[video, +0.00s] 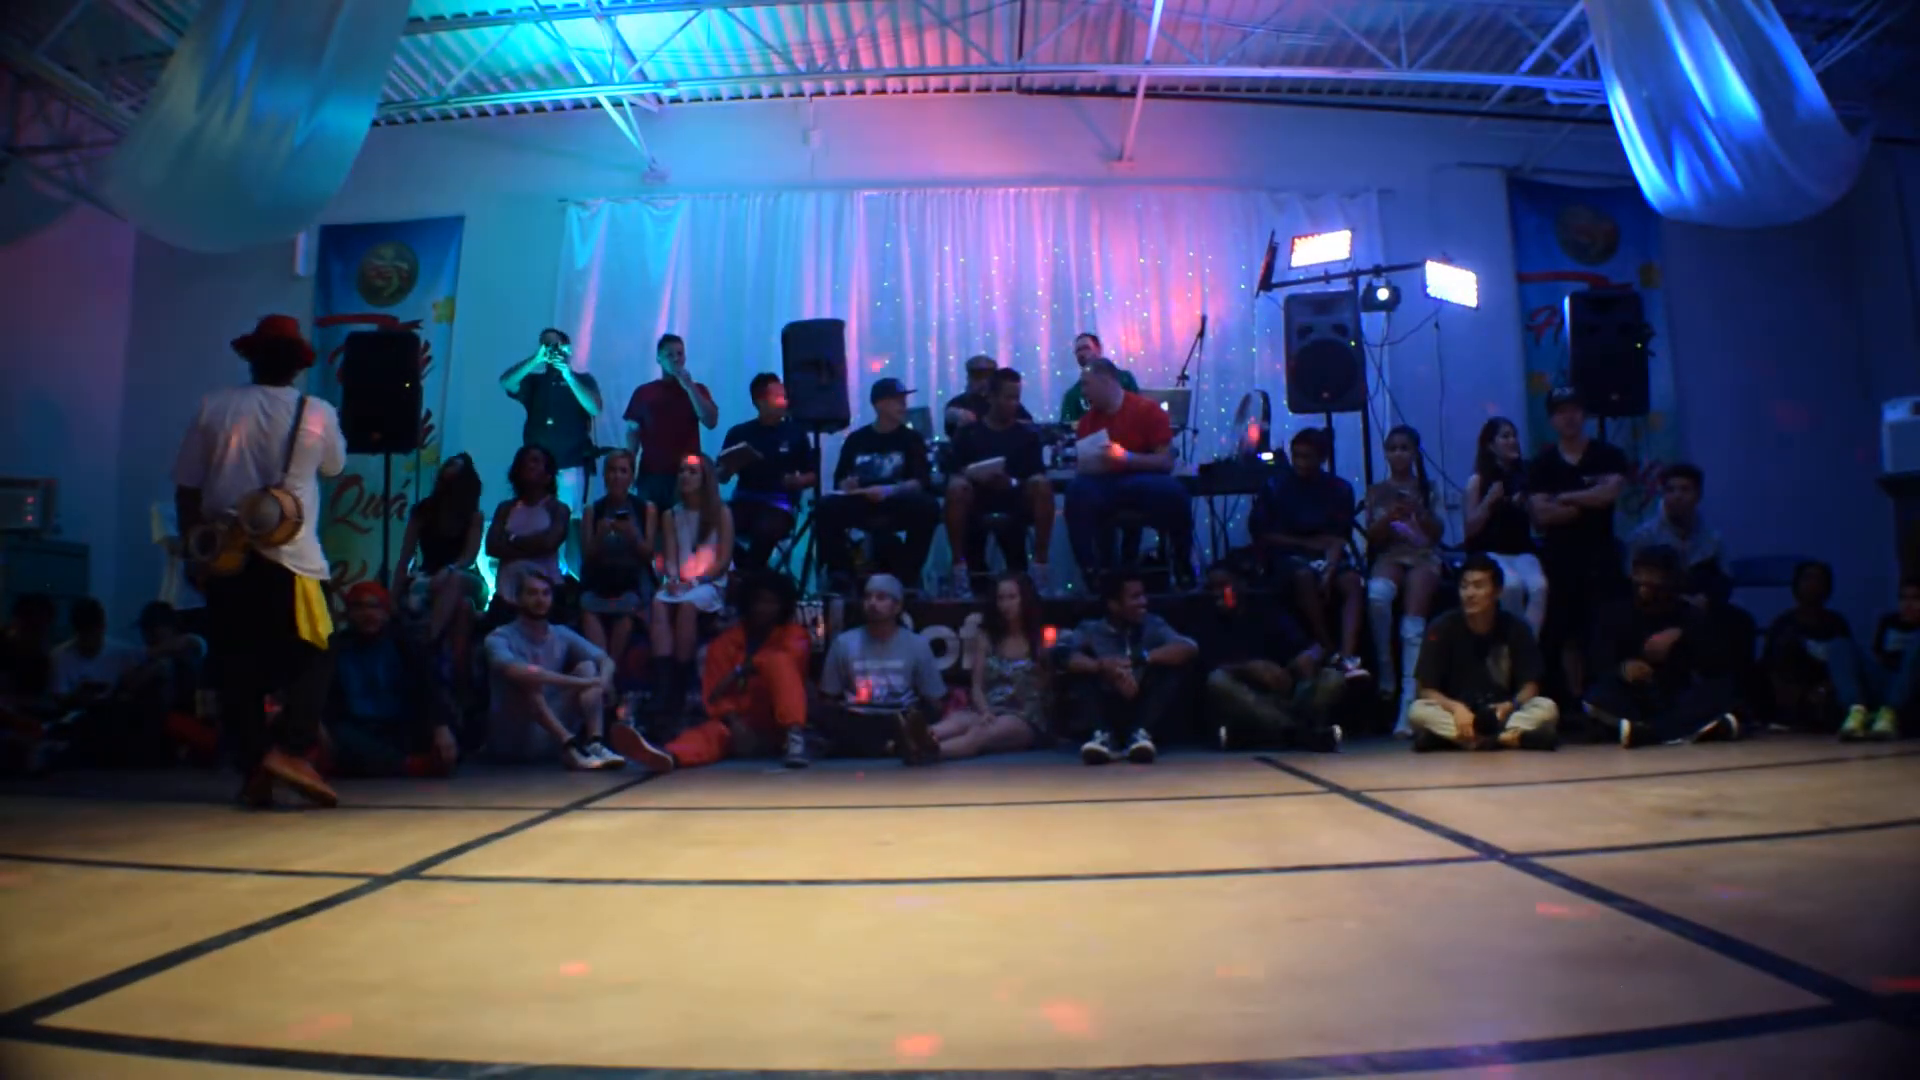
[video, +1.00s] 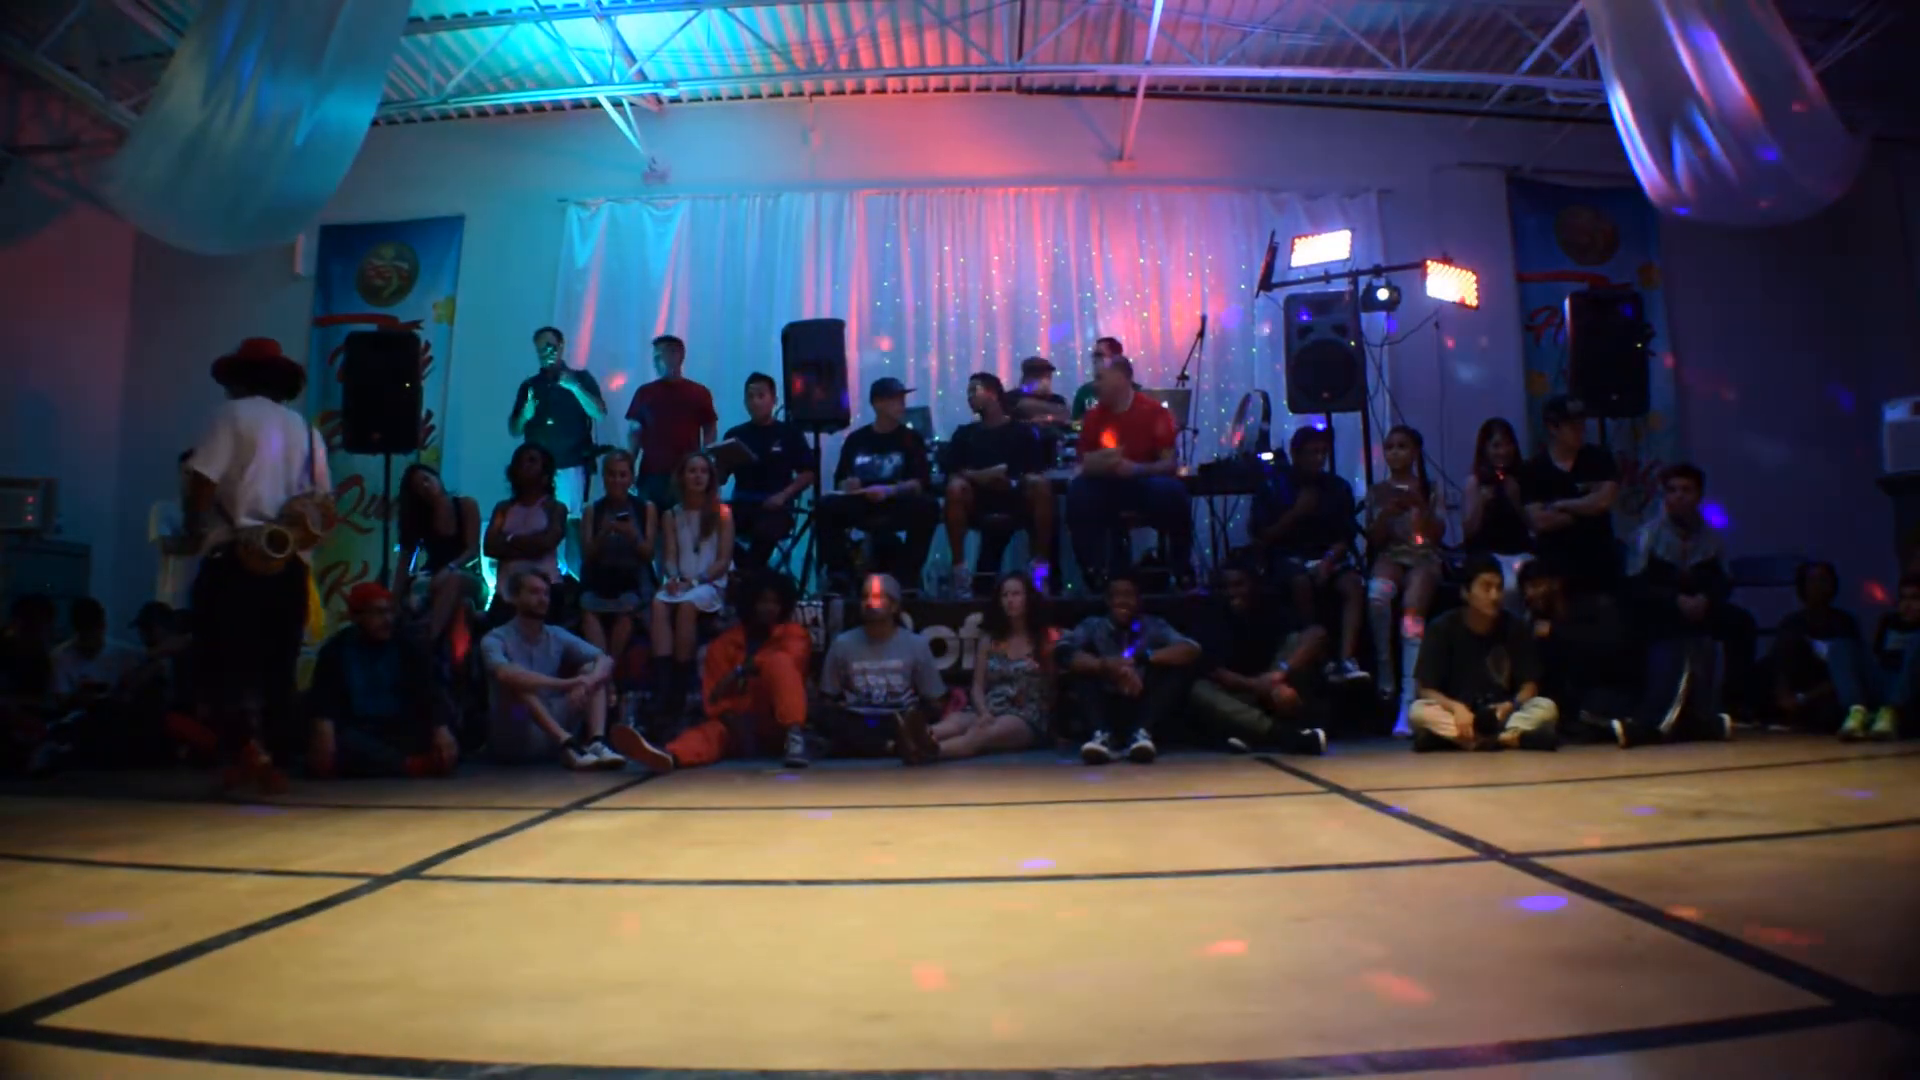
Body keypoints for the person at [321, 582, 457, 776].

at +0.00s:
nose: (367, 614)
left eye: (374, 606)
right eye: (360, 607)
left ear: (386, 610)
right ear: (350, 612)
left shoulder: (402, 641)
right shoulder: (339, 645)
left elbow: (425, 684)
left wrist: (441, 727)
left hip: (402, 719)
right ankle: (404, 764)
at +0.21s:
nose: (377, 617)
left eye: (382, 610)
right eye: (369, 611)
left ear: (389, 612)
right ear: (353, 615)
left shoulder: (403, 644)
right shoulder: (336, 650)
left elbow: (426, 686)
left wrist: (441, 727)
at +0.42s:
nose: (378, 618)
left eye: (382, 611)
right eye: (370, 612)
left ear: (389, 613)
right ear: (353, 616)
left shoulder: (403, 646)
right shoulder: (334, 652)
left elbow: (426, 689)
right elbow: (316, 698)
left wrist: (441, 728)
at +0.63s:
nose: (385, 619)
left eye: (387, 612)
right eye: (376, 613)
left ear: (393, 612)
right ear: (357, 616)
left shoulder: (405, 646)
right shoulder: (335, 651)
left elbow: (427, 691)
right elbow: (315, 699)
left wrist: (441, 729)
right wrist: (314, 726)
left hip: (400, 721)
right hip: (352, 724)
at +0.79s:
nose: (386, 619)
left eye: (389, 611)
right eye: (378, 613)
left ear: (394, 612)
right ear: (358, 616)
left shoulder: (406, 645)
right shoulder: (336, 650)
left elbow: (428, 690)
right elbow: (318, 698)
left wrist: (441, 730)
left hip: (403, 722)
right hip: (355, 724)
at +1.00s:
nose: (387, 619)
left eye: (389, 612)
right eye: (378, 613)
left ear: (395, 612)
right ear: (358, 616)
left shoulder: (406, 644)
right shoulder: (336, 649)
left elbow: (428, 689)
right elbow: (322, 698)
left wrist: (441, 729)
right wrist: (324, 731)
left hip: (404, 720)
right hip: (356, 723)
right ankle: (403, 764)